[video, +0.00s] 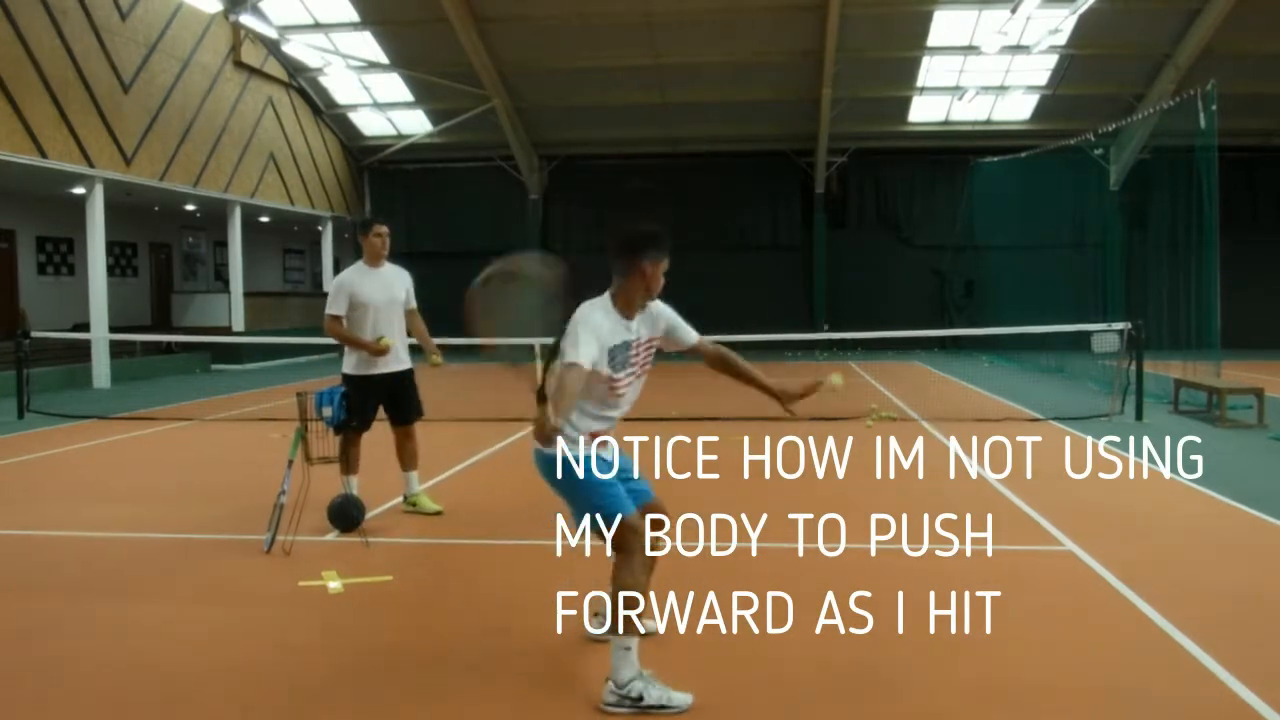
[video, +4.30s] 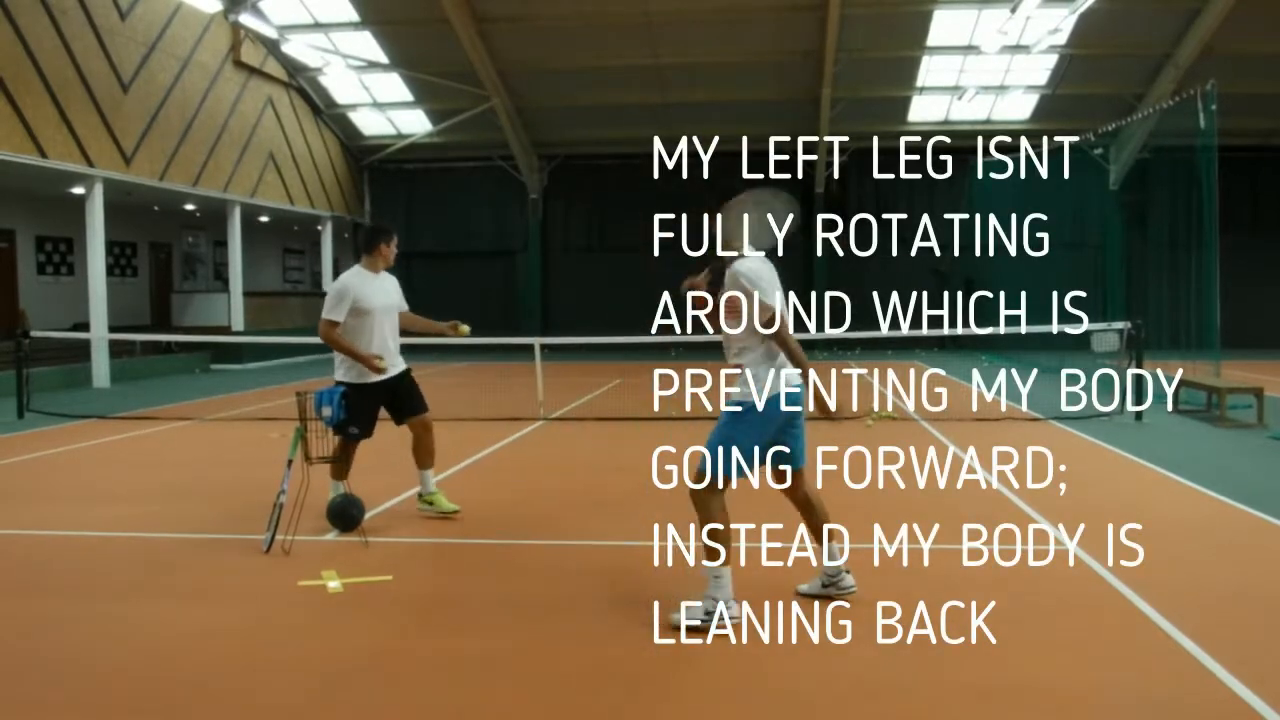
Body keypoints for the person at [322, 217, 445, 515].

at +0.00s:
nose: (384, 241)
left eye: (387, 236)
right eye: (377, 236)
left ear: (390, 241)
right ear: (362, 240)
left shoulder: (401, 276)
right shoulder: (346, 280)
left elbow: (412, 315)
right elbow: (332, 326)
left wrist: (429, 346)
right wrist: (366, 345)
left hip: (398, 370)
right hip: (360, 373)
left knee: (406, 428)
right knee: (352, 434)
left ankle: (413, 493)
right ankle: (350, 498)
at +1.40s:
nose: (424, 258)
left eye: (427, 253)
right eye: (418, 252)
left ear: (429, 257)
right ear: (402, 254)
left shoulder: (432, 292)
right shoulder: (374, 288)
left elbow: (442, 336)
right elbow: (349, 327)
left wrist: (469, 366)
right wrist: (375, 358)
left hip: (415, 379)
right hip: (374, 381)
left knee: (436, 435)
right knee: (362, 443)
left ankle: (456, 502)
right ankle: (351, 503)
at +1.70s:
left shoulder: (473, 300)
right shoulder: (417, 286)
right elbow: (387, 325)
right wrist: (405, 360)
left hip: (446, 379)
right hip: (405, 375)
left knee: (455, 441)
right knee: (383, 432)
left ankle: (460, 503)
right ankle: (359, 490)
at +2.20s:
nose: (427, 255)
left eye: (429, 250)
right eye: (420, 250)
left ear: (433, 257)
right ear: (404, 257)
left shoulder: (449, 294)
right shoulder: (385, 295)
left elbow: (474, 329)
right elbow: (364, 336)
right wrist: (383, 365)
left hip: (435, 382)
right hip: (392, 384)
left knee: (457, 441)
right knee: (374, 443)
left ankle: (466, 502)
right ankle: (343, 485)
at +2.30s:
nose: (410, 254)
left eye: (413, 249)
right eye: (404, 249)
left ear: (417, 255)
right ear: (388, 255)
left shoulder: (430, 291)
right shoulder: (369, 294)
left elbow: (448, 330)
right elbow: (349, 338)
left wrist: (449, 341)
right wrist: (372, 364)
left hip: (422, 381)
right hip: (380, 384)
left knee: (443, 435)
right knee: (363, 444)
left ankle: (459, 500)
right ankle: (341, 492)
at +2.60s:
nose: (381, 248)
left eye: (384, 243)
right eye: (374, 243)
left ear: (388, 248)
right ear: (361, 247)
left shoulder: (397, 283)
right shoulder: (342, 285)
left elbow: (402, 321)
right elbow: (319, 329)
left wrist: (412, 342)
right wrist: (348, 357)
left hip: (392, 376)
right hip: (353, 380)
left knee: (416, 430)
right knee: (345, 442)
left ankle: (421, 496)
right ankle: (337, 498)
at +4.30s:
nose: (396, 252)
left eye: (396, 247)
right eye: (394, 247)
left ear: (381, 248)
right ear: (381, 248)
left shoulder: (390, 281)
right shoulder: (346, 284)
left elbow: (402, 319)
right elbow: (326, 331)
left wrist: (443, 328)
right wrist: (362, 358)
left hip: (395, 374)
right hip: (358, 380)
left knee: (423, 425)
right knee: (349, 440)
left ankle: (428, 492)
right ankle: (337, 496)